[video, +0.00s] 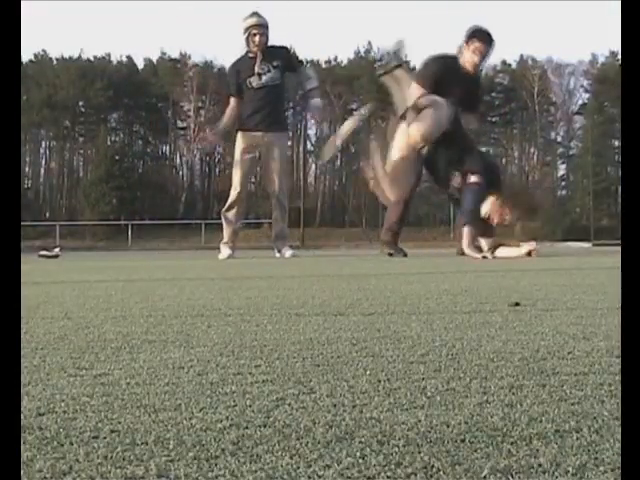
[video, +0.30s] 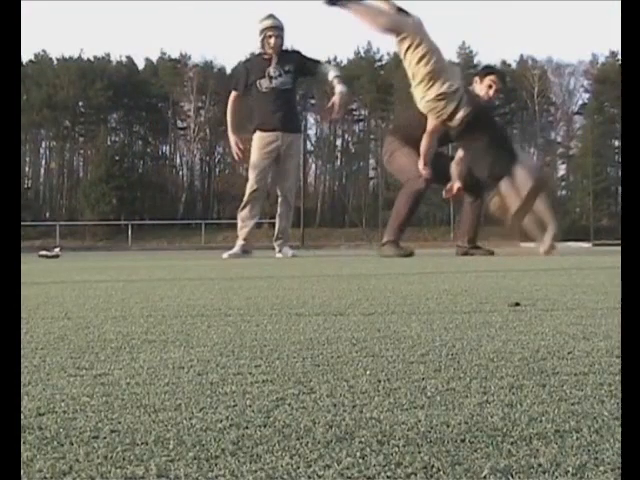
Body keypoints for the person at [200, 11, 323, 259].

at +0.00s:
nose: (257, 38)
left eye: (261, 33)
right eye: (252, 34)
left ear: (268, 34)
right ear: (246, 37)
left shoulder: (282, 55)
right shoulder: (237, 67)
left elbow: (305, 76)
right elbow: (234, 105)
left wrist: (314, 100)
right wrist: (218, 131)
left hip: (277, 134)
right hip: (247, 134)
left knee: (280, 191)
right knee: (237, 190)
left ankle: (281, 245)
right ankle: (227, 244)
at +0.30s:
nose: (274, 40)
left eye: (277, 36)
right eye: (269, 36)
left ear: (283, 38)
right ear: (261, 38)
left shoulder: (294, 59)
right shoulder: (248, 65)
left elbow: (327, 70)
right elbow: (233, 99)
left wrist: (340, 91)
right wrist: (231, 134)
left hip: (292, 136)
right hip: (263, 135)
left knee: (288, 192)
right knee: (254, 189)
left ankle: (282, 244)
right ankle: (242, 243)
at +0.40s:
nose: (280, 42)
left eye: (283, 37)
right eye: (275, 38)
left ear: (290, 38)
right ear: (267, 40)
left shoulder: (298, 61)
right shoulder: (253, 63)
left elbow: (327, 70)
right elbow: (230, 90)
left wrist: (349, 79)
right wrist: (219, 125)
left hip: (295, 137)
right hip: (267, 136)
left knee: (290, 192)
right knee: (258, 188)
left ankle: (282, 244)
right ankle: (245, 242)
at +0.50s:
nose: (283, 43)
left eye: (286, 38)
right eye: (278, 39)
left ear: (292, 39)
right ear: (271, 41)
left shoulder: (302, 62)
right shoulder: (255, 62)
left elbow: (329, 75)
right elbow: (227, 82)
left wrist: (351, 82)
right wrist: (211, 110)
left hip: (295, 137)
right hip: (268, 136)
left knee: (290, 192)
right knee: (260, 187)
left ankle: (282, 244)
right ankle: (245, 242)